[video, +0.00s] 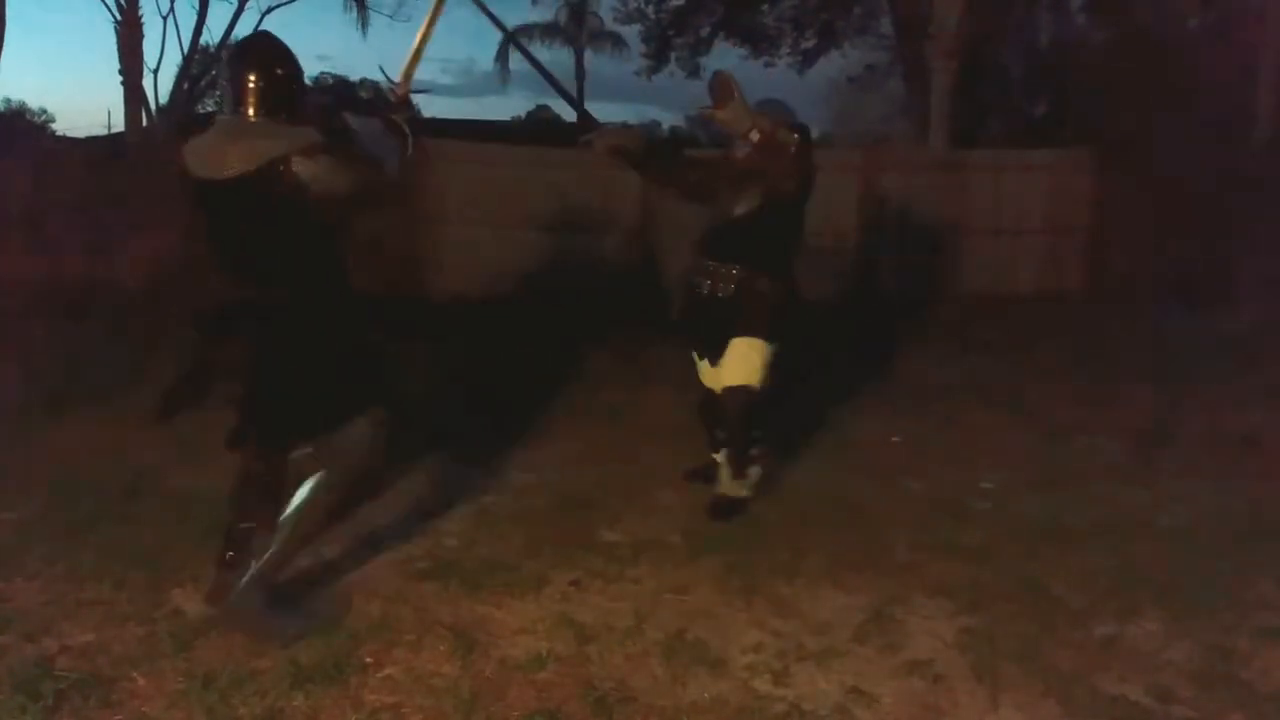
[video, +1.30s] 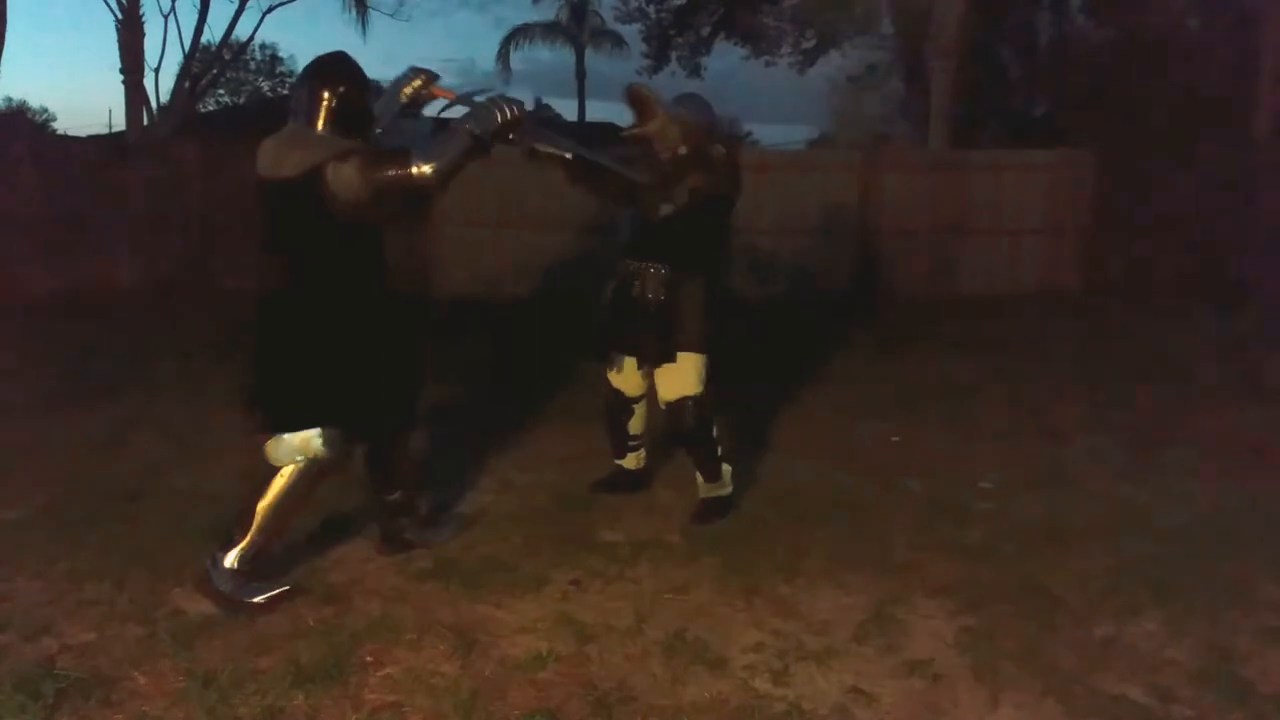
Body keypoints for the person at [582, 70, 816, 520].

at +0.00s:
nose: (743, 145)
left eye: (760, 138)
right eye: (741, 138)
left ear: (783, 140)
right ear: (736, 140)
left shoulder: (790, 179)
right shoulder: (726, 173)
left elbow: (791, 152)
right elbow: (682, 174)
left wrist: (748, 125)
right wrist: (636, 152)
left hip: (757, 292)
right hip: (712, 288)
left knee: (738, 390)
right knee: (712, 386)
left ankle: (736, 484)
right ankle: (721, 457)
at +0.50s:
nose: (715, 150)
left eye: (725, 142)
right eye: (711, 140)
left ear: (747, 144)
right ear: (704, 138)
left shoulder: (763, 186)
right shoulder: (687, 171)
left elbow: (796, 175)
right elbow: (646, 158)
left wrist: (758, 143)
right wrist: (613, 133)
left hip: (729, 288)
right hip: (677, 280)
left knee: (711, 399)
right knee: (663, 388)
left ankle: (719, 486)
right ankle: (698, 445)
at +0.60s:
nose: (707, 135)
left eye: (719, 128)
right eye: (706, 126)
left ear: (744, 134)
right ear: (702, 127)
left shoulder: (762, 179)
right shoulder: (686, 162)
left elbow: (781, 187)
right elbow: (642, 153)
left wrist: (751, 149)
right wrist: (604, 133)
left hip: (717, 289)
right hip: (665, 280)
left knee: (705, 393)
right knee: (642, 374)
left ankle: (715, 489)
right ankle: (663, 447)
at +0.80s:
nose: (705, 143)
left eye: (715, 134)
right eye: (701, 134)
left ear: (735, 137)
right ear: (695, 135)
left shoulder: (751, 182)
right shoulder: (672, 168)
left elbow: (762, 214)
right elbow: (629, 159)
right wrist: (586, 144)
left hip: (701, 293)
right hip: (650, 283)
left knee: (695, 395)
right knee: (624, 381)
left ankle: (714, 490)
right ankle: (629, 465)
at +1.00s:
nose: (680, 150)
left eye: (693, 141)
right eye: (678, 141)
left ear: (717, 143)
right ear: (673, 141)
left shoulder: (729, 185)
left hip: (687, 289)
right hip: (631, 279)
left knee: (686, 394)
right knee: (614, 384)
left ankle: (712, 490)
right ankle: (628, 467)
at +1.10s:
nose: (677, 142)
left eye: (688, 132)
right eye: (673, 133)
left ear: (711, 133)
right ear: (669, 132)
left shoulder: (732, 172)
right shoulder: (654, 163)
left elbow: (739, 209)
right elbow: (608, 143)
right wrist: (564, 131)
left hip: (687, 285)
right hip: (635, 279)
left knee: (683, 390)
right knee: (616, 383)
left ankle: (712, 487)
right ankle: (629, 467)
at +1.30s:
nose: (662, 138)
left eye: (675, 129)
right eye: (659, 130)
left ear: (697, 133)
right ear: (658, 132)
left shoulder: (714, 171)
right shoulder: (652, 166)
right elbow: (612, 186)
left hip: (686, 285)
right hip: (638, 280)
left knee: (680, 395)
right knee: (626, 383)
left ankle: (716, 486)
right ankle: (631, 467)